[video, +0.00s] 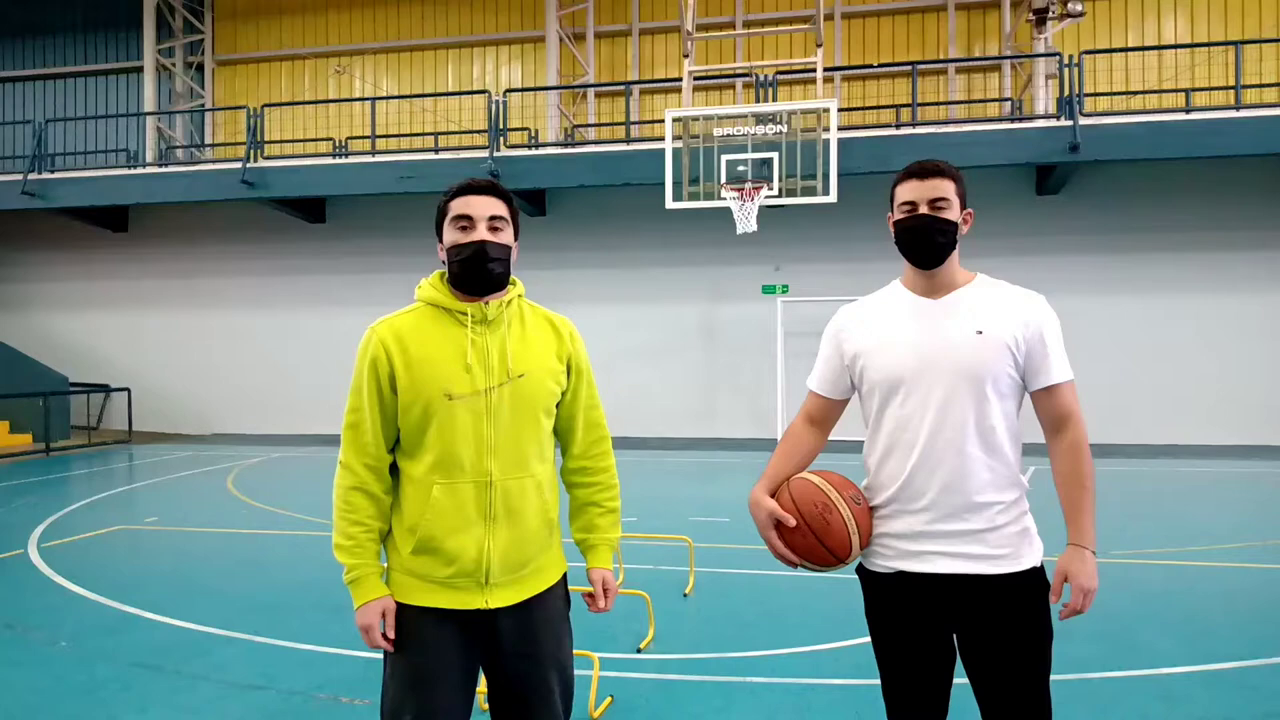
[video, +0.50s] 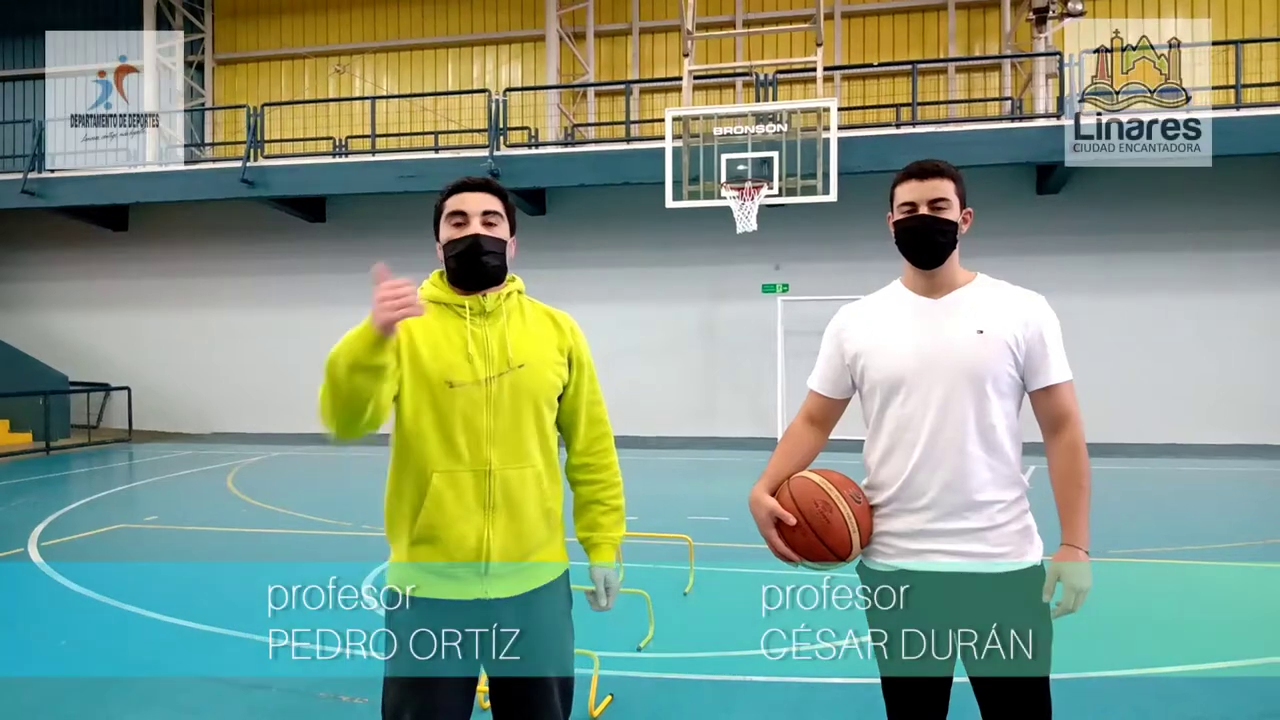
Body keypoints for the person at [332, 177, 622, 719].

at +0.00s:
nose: (481, 235)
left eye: (496, 224)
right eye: (463, 224)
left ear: (515, 244)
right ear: (441, 246)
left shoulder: (555, 336)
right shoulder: (391, 341)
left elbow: (589, 454)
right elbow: (361, 469)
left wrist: (600, 554)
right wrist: (366, 584)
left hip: (533, 594)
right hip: (427, 598)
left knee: (543, 713)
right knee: (422, 715)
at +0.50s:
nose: (474, 229)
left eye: (491, 220)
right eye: (457, 221)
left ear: (512, 244)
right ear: (439, 244)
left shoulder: (556, 331)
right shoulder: (405, 328)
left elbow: (591, 449)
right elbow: (346, 422)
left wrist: (604, 548)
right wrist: (375, 334)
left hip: (534, 582)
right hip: (428, 585)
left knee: (542, 713)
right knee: (421, 714)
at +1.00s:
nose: (503, 225)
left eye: (518, 217)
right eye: (486, 216)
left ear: (535, 242)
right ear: (462, 242)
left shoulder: (566, 337)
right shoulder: (412, 334)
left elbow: (587, 459)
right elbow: (387, 463)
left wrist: (591, 557)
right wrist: (363, 579)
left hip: (541, 589)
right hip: (440, 590)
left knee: (547, 710)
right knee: (429, 713)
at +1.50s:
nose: (485, 227)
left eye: (502, 218)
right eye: (469, 217)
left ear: (522, 242)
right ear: (450, 241)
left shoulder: (566, 335)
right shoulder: (401, 336)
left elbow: (605, 452)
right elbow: (370, 459)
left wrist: (617, 549)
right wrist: (375, 562)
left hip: (542, 588)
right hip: (434, 589)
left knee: (546, 713)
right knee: (423, 715)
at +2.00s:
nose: (465, 223)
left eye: (480, 214)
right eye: (446, 216)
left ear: (501, 240)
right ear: (427, 244)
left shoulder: (547, 332)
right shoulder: (383, 339)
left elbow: (580, 450)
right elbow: (345, 464)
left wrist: (592, 551)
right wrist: (355, 572)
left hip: (530, 587)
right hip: (426, 591)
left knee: (536, 712)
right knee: (419, 715)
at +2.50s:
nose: (464, 226)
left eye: (479, 216)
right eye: (445, 218)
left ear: (499, 241)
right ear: (426, 245)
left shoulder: (544, 333)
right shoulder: (385, 340)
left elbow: (578, 449)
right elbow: (352, 461)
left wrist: (586, 541)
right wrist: (373, 546)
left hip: (529, 586)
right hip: (424, 591)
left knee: (537, 711)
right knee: (422, 714)